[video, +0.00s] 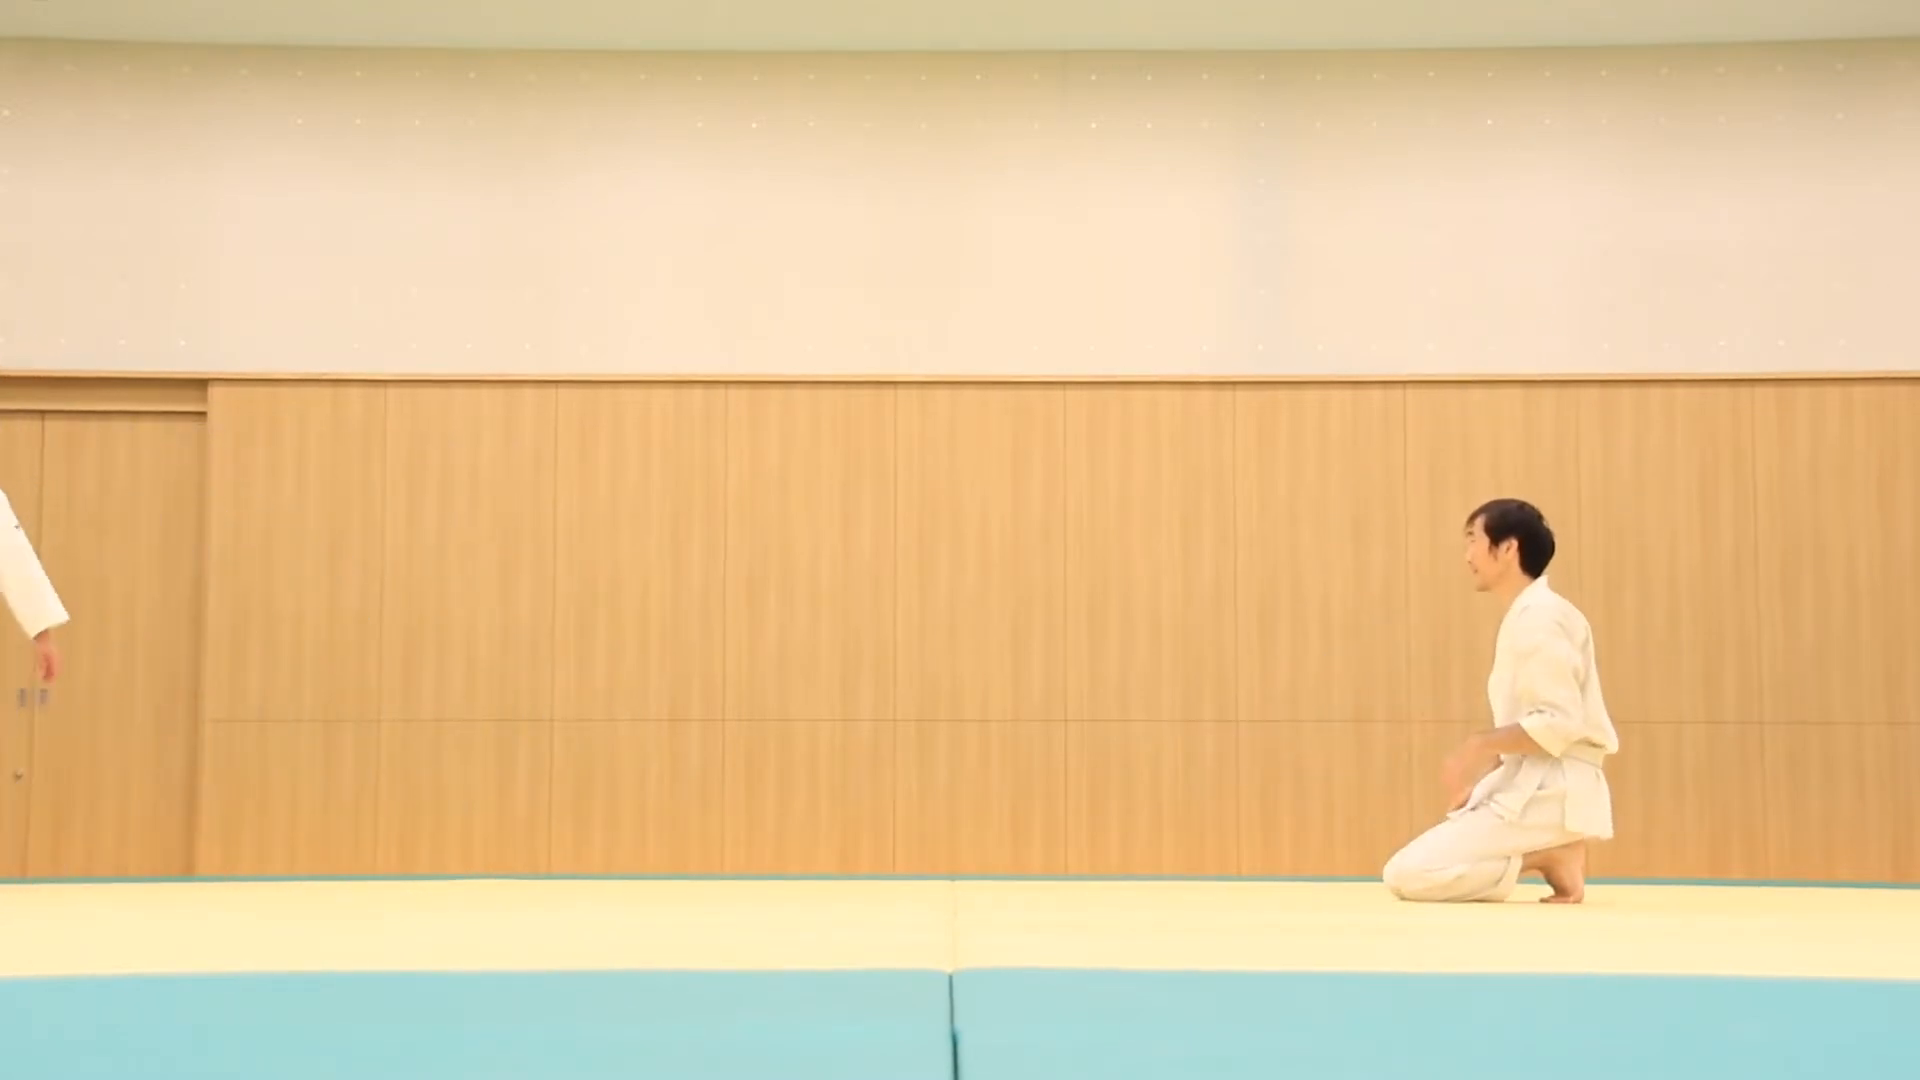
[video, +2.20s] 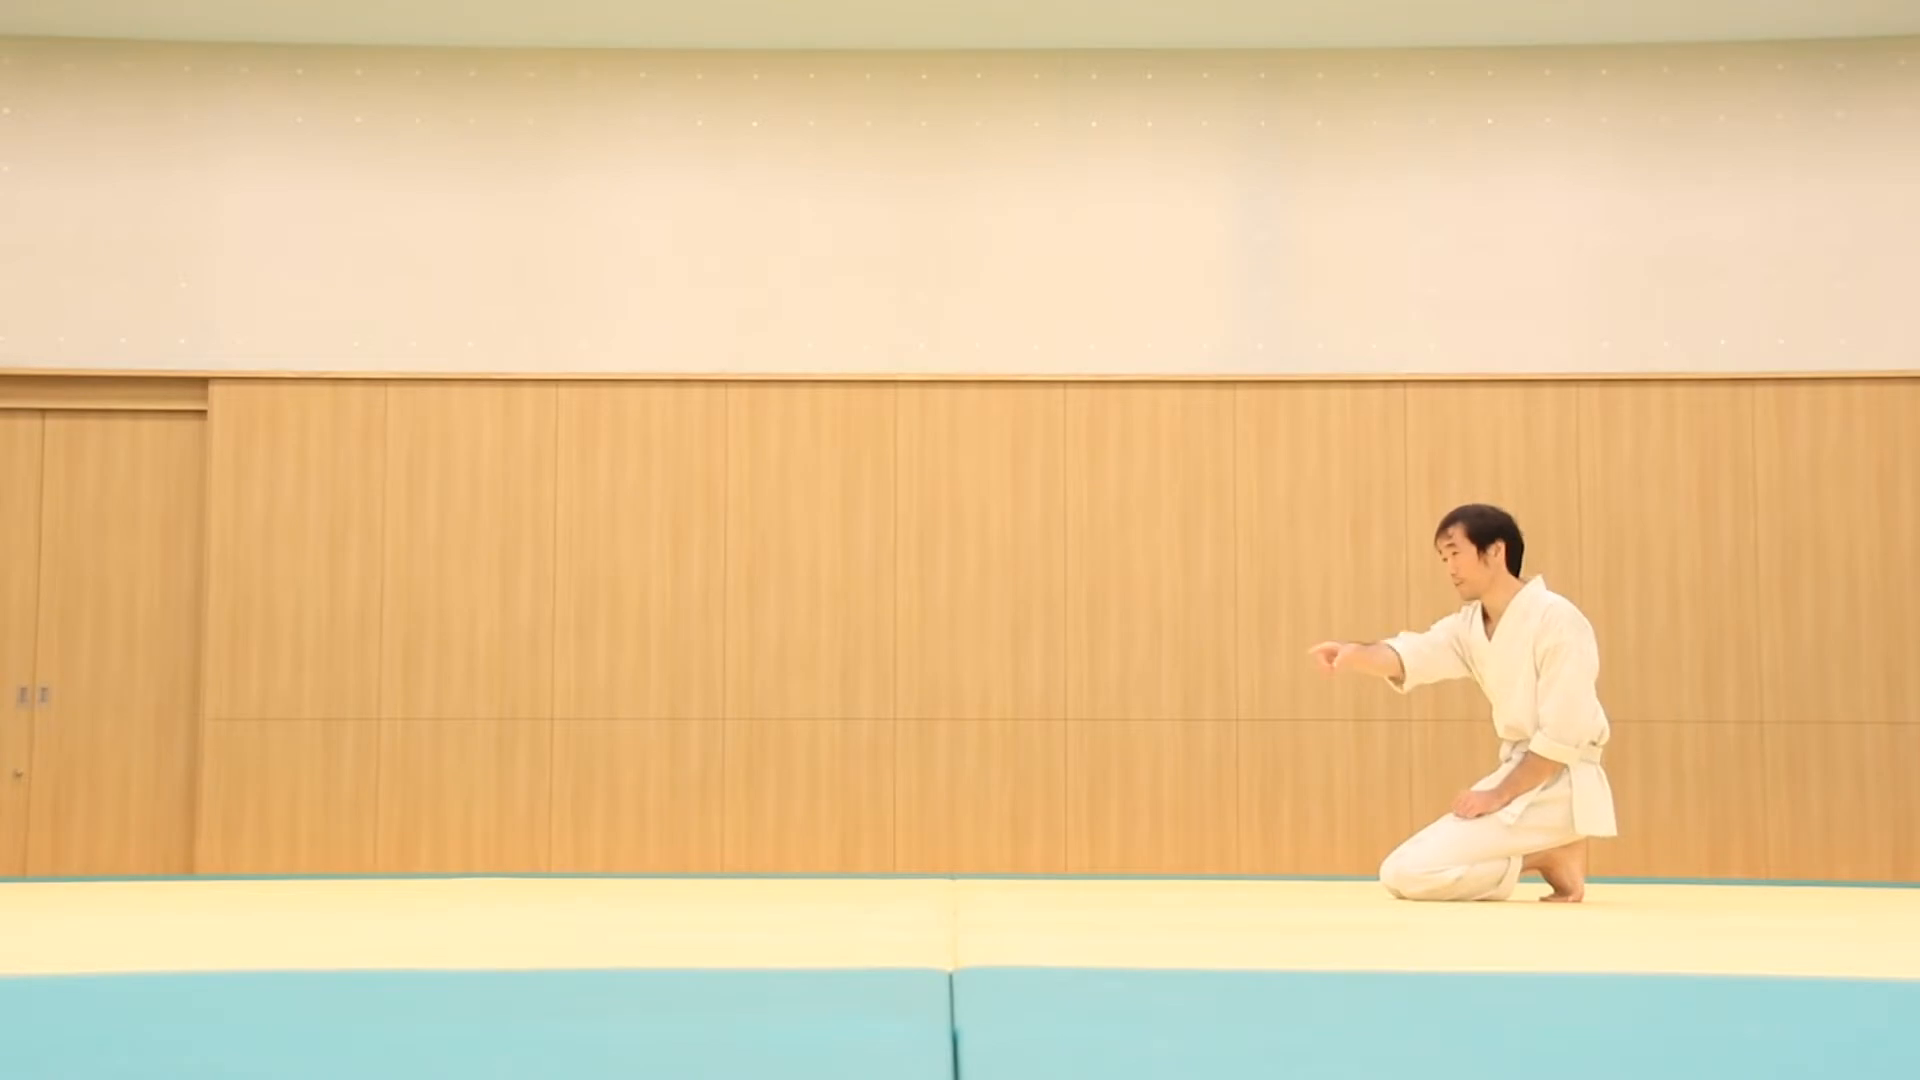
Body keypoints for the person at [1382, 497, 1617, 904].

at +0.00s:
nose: (1467, 557)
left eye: (1474, 541)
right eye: (1468, 542)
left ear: (1510, 549)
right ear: (1509, 551)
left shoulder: (1538, 618)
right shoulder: (1536, 614)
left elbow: (1558, 723)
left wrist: (1481, 746)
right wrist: (1482, 789)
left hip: (1552, 793)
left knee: (1407, 876)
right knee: (1405, 872)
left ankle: (1550, 856)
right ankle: (1548, 855)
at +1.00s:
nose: (1462, 569)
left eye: (1468, 553)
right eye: (1462, 555)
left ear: (1504, 556)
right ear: (1503, 559)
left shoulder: (1544, 619)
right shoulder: (1531, 618)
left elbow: (1554, 727)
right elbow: (1521, 729)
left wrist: (1474, 764)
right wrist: (1457, 766)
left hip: (1558, 794)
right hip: (1544, 789)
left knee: (1407, 876)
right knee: (1407, 872)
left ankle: (1550, 857)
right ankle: (1548, 857)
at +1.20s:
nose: (1457, 576)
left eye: (1457, 562)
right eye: (1454, 563)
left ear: (1485, 561)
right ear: (1487, 562)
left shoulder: (1544, 617)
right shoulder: (1523, 620)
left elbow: (1547, 711)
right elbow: (1485, 705)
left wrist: (1472, 727)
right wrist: (1430, 725)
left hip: (1557, 789)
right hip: (1534, 782)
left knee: (1407, 876)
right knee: (1404, 872)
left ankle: (1549, 855)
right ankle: (1547, 855)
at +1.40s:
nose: (1450, 580)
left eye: (1449, 565)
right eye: (1446, 568)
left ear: (1479, 562)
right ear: (1477, 564)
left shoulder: (1541, 617)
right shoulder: (1516, 624)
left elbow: (1561, 716)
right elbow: (1470, 723)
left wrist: (1483, 743)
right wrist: (1400, 731)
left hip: (1555, 789)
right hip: (1531, 783)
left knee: (1407, 876)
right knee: (1405, 872)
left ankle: (1548, 856)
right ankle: (1547, 856)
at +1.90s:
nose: (1455, 574)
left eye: (1462, 558)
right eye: (1449, 565)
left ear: (1503, 555)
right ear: (1446, 569)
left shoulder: (1559, 621)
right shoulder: (1471, 633)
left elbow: (1575, 728)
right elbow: (1442, 696)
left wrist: (1501, 792)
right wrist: (1425, 697)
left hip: (1563, 788)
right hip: (1513, 780)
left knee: (1404, 875)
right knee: (1398, 874)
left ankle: (1547, 855)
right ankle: (1543, 856)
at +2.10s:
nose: (1450, 571)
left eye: (1458, 555)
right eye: (1445, 561)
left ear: (1499, 553)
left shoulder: (1559, 619)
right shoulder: (1467, 628)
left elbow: (1574, 726)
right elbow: (1425, 687)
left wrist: (1505, 794)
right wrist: (1395, 669)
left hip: (1565, 786)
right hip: (1514, 777)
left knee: (1405, 875)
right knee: (1396, 875)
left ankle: (1548, 855)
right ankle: (1543, 856)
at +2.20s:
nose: (1448, 569)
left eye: (1454, 554)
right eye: (1444, 558)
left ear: (1495, 553)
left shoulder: (1557, 621)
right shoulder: (1470, 626)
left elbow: (1563, 733)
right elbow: (1412, 654)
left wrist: (1497, 794)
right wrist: (1354, 654)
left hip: (1562, 789)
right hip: (1515, 779)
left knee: (1405, 875)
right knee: (1399, 873)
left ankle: (1548, 855)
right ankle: (1545, 854)